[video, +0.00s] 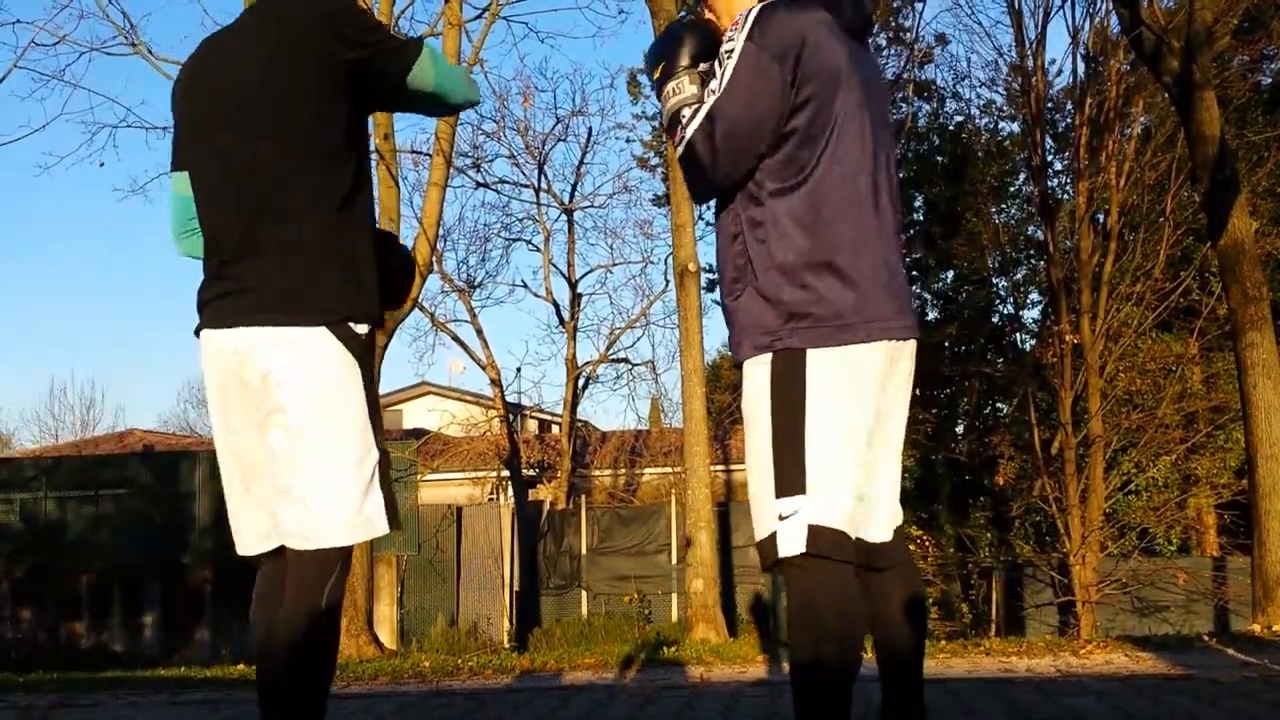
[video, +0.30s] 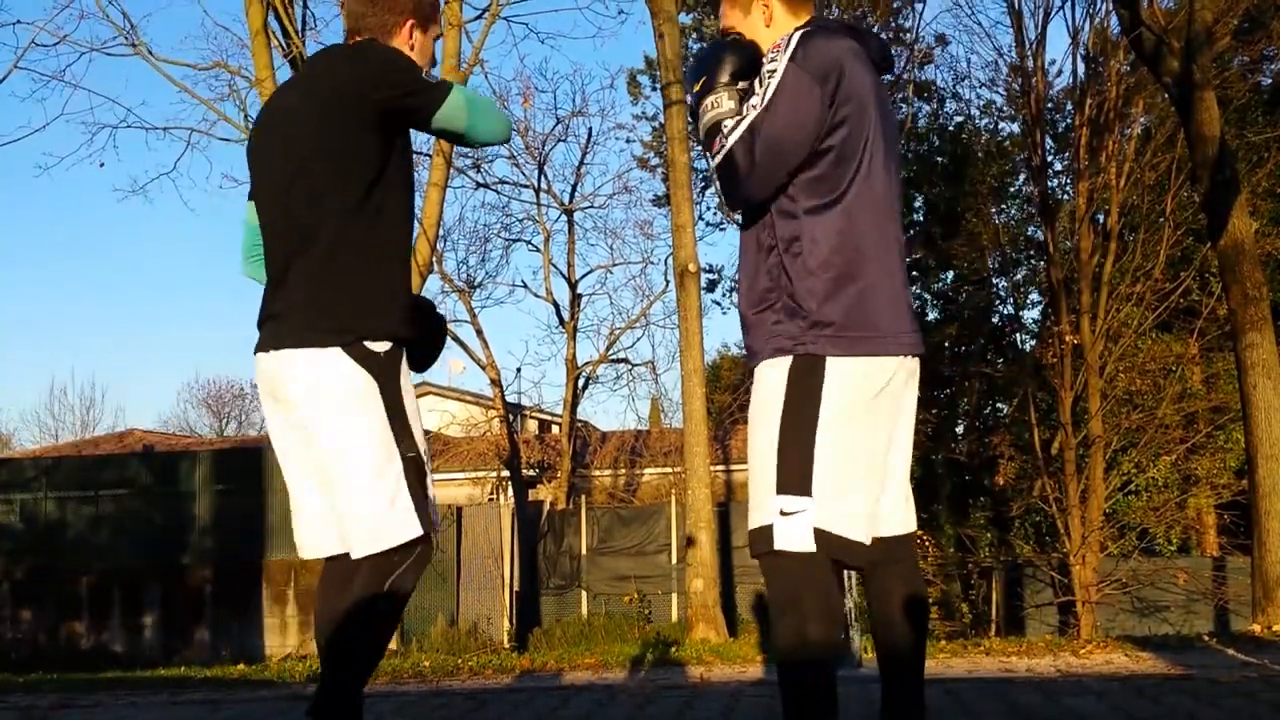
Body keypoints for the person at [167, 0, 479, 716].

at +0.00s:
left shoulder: (199, 66)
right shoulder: (331, 26)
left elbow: (188, 226)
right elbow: (459, 90)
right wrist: (371, 69)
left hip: (226, 332)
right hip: (311, 327)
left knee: (275, 544)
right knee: (319, 541)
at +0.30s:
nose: (431, 58)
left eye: (434, 42)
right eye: (432, 40)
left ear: (354, 22)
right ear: (410, 30)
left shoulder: (276, 111)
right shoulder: (374, 70)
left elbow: (258, 256)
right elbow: (493, 126)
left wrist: (389, 308)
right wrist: (437, 89)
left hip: (285, 350)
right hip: (345, 345)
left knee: (346, 542)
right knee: (403, 532)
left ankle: (335, 718)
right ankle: (335, 718)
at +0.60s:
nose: (482, 97)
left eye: (487, 83)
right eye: (483, 78)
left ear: (430, 49)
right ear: (452, 53)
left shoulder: (360, 108)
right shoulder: (401, 94)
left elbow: (379, 270)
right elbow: (499, 206)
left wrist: (467, 291)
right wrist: (456, 146)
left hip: (321, 347)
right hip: (370, 348)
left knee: (359, 536)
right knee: (465, 514)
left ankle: (344, 711)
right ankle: (445, 705)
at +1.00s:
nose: (558, 76)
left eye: (564, 61)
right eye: (555, 57)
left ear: (509, 35)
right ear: (513, 35)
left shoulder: (449, 98)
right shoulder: (469, 91)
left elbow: (481, 249)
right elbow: (538, 219)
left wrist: (568, 254)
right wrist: (562, 178)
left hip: (414, 342)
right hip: (446, 345)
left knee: (441, 534)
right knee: (493, 528)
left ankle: (378, 705)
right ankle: (503, 713)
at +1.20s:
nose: (594, 62)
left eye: (599, 48)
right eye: (589, 43)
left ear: (551, 30)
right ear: (543, 25)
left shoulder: (512, 105)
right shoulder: (490, 88)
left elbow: (506, 256)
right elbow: (504, 216)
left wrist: (578, 276)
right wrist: (576, 210)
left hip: (503, 345)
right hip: (473, 342)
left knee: (544, 523)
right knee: (514, 522)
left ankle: (490, 703)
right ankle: (494, 707)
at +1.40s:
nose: (620, 59)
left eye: (628, 46)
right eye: (617, 39)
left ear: (582, 26)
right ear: (570, 18)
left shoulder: (570, 126)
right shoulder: (493, 77)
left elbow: (592, 253)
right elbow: (465, 188)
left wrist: (649, 206)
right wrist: (571, 176)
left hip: (558, 348)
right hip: (491, 342)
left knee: (582, 530)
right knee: (514, 530)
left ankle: (606, 709)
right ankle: (508, 713)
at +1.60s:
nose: (629, 69)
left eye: (637, 57)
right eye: (623, 50)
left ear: (633, 54)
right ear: (580, 29)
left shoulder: (606, 132)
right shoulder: (502, 89)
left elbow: (688, 200)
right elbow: (535, 183)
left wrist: (752, 152)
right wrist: (636, 160)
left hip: (588, 348)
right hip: (516, 344)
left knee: (607, 533)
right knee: (546, 532)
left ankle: (610, 713)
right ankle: (518, 716)